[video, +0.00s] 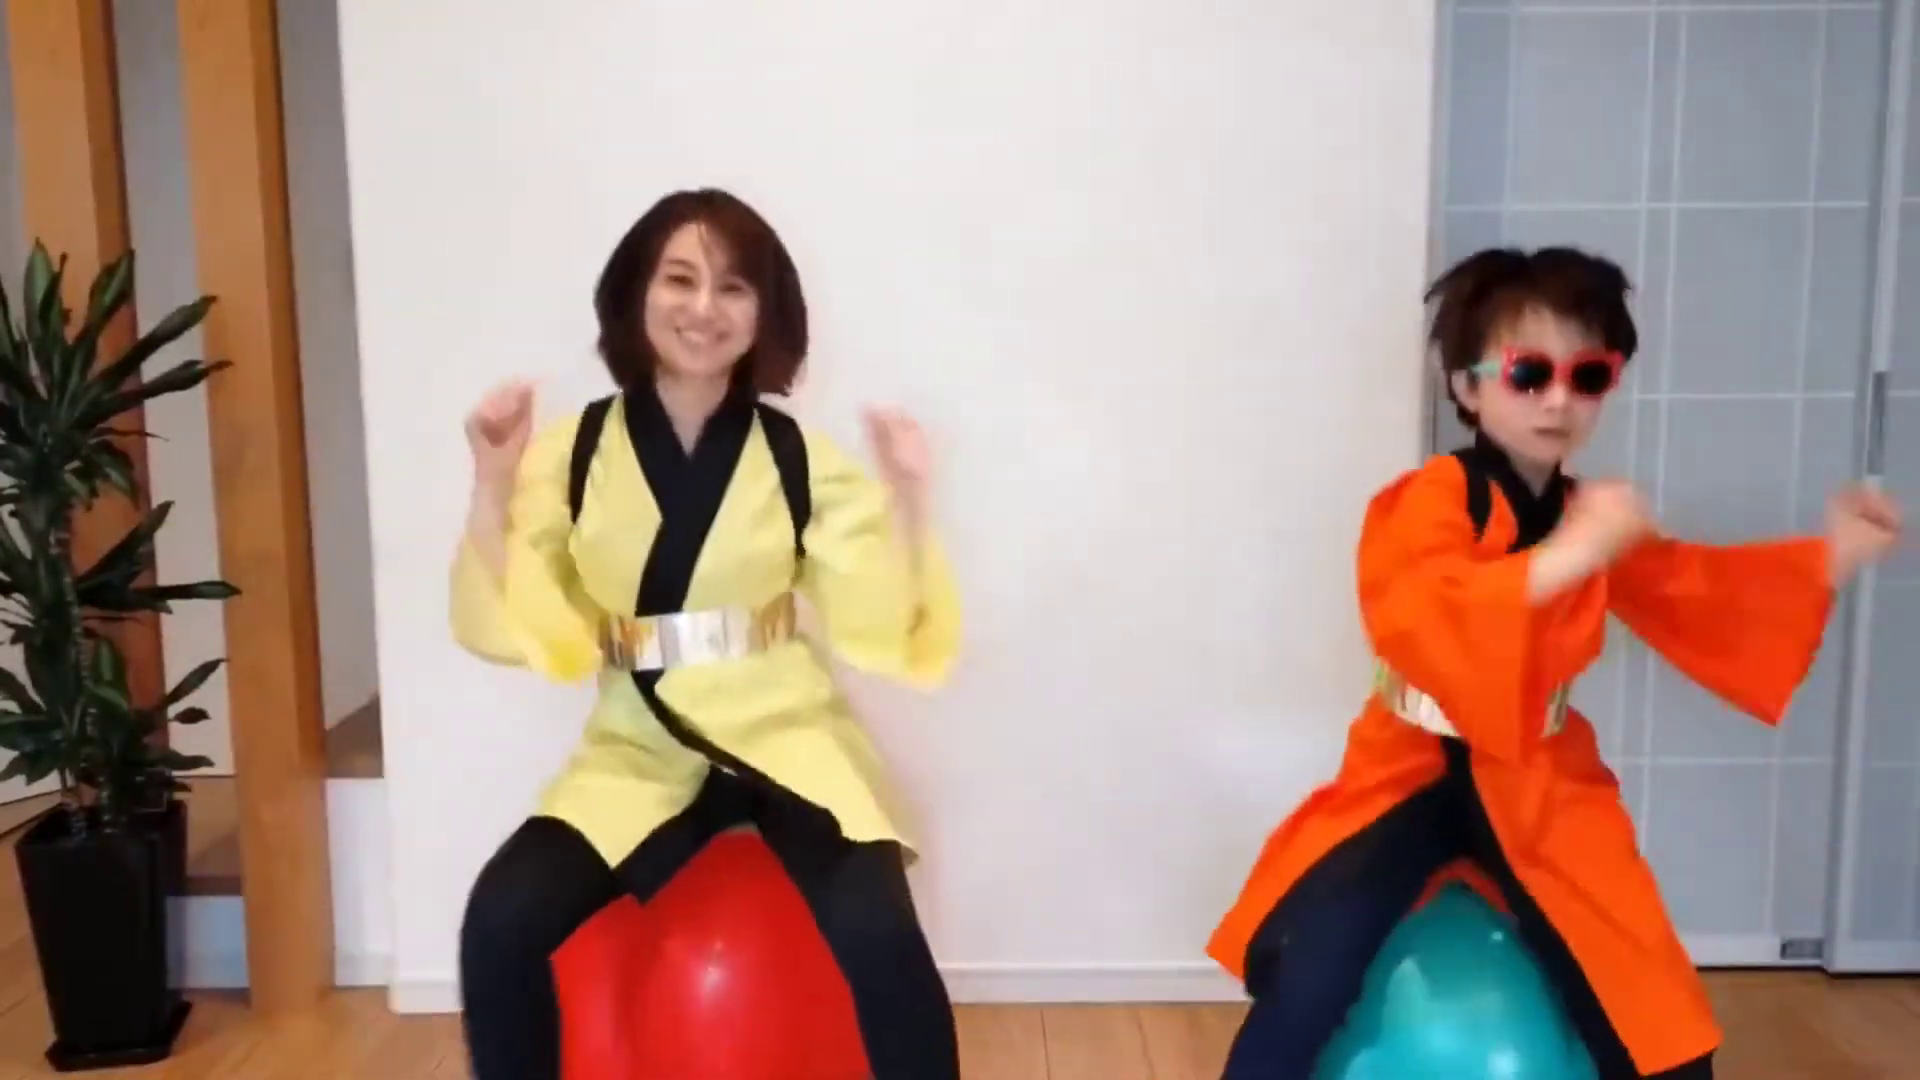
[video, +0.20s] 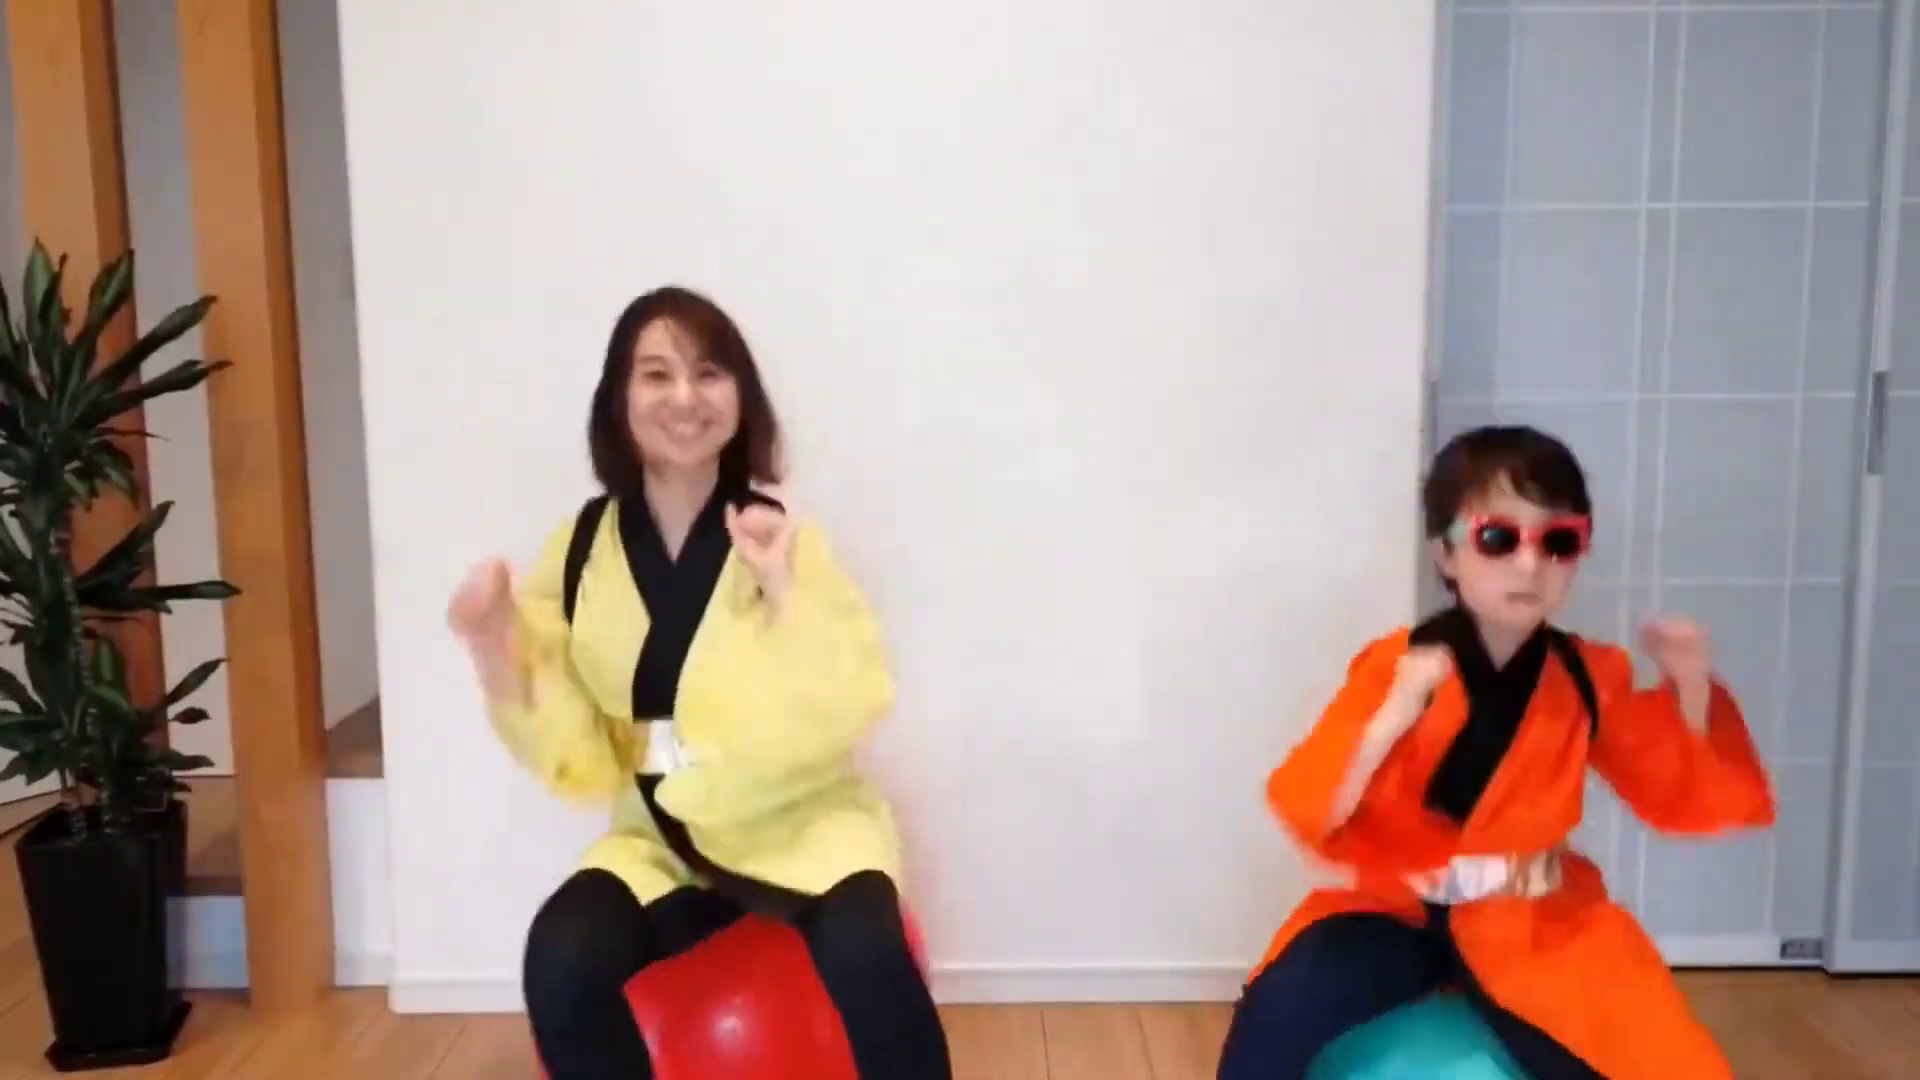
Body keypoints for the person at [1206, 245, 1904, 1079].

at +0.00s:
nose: (1560, 399)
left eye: (1587, 377)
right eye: (1529, 373)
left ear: (1609, 391)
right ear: (1467, 389)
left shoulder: (1591, 517)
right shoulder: (1421, 504)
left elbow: (1698, 589)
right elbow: (1423, 618)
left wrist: (1828, 555)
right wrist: (1563, 558)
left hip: (1537, 780)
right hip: (1408, 774)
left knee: (1643, 1006)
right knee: (1306, 965)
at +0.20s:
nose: (1529, 563)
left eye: (1558, 541)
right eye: (1498, 538)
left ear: (1579, 557)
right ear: (1446, 557)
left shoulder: (1590, 676)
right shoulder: (1397, 666)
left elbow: (1689, 803)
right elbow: (1304, 815)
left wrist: (1693, 688)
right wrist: (1392, 716)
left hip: (1525, 921)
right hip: (1391, 909)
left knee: (1612, 1055)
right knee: (1280, 1009)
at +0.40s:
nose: (1479, 457)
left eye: (1511, 431)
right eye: (1447, 429)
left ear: (1546, 436)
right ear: (1409, 431)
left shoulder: (1576, 554)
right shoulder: (1367, 542)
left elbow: (1614, 718)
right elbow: (1301, 676)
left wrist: (1659, 718)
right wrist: (1283, 753)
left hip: (1532, 829)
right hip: (1387, 822)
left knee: (1633, 983)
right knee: (1302, 970)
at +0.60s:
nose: (1415, 489)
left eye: (1451, 469)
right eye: (1388, 461)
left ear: (1480, 495)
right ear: (1347, 478)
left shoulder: (1512, 613)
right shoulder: (1309, 606)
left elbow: (1574, 769)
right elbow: (1260, 747)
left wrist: (1505, 916)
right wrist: (1231, 874)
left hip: (1494, 867)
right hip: (1361, 859)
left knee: (1609, 1028)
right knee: (1251, 951)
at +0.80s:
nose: (1351, 513)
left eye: (1386, 494)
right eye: (1327, 484)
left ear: (1423, 522)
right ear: (1295, 500)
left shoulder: (1434, 653)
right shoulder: (1272, 638)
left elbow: (1407, 840)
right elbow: (1204, 776)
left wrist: (1357, 1011)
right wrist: (1108, 899)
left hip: (1454, 895)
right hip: (1337, 883)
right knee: (1197, 986)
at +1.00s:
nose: (1351, 406)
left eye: (1385, 381)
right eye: (1324, 377)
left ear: (1422, 398)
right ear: (1288, 388)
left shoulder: (1446, 524)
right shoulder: (1266, 524)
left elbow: (1471, 662)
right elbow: (1183, 632)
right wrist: (1069, 626)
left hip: (1466, 800)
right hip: (1339, 794)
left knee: (1549, 1003)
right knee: (1253, 950)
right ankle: (1225, 1063)